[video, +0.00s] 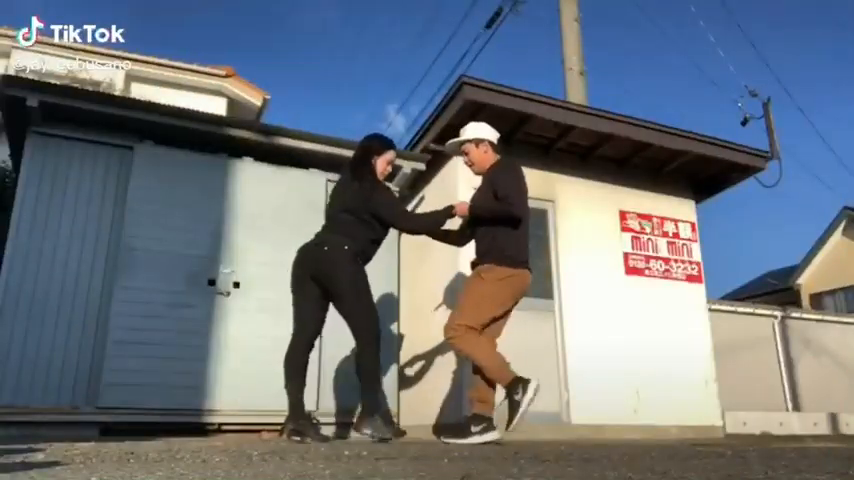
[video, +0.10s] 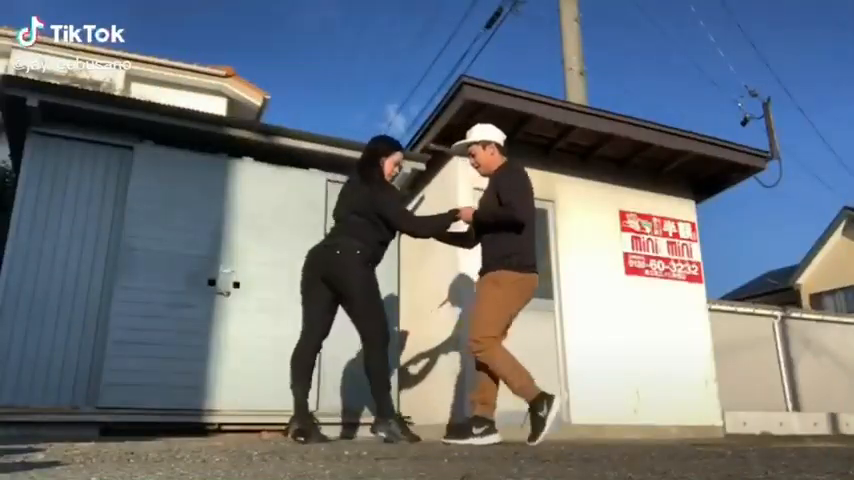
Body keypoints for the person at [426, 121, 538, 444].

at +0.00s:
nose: (465, 159)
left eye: (467, 152)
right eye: (463, 154)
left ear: (485, 146)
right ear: (482, 150)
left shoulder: (505, 170)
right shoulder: (487, 187)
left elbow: (515, 211)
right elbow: (461, 237)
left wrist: (470, 211)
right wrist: (423, 225)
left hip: (501, 270)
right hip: (503, 272)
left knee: (458, 331)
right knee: (483, 343)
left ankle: (514, 385)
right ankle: (481, 420)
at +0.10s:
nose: (471, 162)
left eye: (473, 154)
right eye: (470, 156)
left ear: (491, 148)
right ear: (488, 152)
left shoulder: (511, 174)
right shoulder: (497, 185)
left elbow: (518, 216)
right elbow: (470, 239)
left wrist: (476, 217)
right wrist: (431, 229)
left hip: (511, 274)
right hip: (499, 274)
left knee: (480, 342)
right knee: (485, 344)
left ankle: (538, 400)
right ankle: (482, 422)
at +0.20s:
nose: (479, 161)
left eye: (481, 154)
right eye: (477, 156)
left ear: (498, 148)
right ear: (495, 151)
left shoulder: (519, 174)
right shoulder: (503, 187)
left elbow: (526, 219)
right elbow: (493, 240)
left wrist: (482, 219)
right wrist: (452, 233)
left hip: (536, 270)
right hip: (509, 275)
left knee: (525, 344)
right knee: (488, 345)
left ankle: (565, 417)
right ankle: (483, 419)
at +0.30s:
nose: (488, 163)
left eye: (491, 155)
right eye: (486, 157)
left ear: (508, 150)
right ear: (504, 154)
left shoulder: (528, 178)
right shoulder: (513, 188)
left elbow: (528, 224)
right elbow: (517, 238)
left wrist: (482, 218)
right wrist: (483, 235)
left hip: (555, 267)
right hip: (528, 274)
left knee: (554, 343)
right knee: (497, 329)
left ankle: (571, 423)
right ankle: (527, 407)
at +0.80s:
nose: (514, 169)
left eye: (515, 161)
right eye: (511, 164)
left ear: (533, 154)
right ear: (531, 158)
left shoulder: (556, 180)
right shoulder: (543, 189)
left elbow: (558, 225)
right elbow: (552, 243)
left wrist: (511, 231)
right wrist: (527, 247)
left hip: (582, 274)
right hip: (581, 275)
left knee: (565, 348)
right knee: (596, 351)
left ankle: (596, 421)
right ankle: (655, 410)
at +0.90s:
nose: (509, 166)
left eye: (511, 158)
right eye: (506, 160)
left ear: (529, 150)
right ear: (523, 155)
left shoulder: (552, 177)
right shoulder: (534, 191)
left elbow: (568, 221)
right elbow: (540, 242)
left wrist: (521, 227)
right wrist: (511, 240)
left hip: (582, 269)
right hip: (557, 277)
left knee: (576, 346)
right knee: (550, 348)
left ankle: (600, 422)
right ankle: (615, 395)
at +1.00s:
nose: (504, 164)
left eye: (505, 156)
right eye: (501, 159)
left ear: (524, 148)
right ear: (517, 154)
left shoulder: (549, 173)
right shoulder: (526, 190)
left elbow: (570, 214)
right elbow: (520, 238)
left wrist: (528, 213)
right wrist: (490, 230)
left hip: (576, 268)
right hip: (547, 277)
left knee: (581, 344)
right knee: (528, 333)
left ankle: (601, 422)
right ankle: (572, 394)